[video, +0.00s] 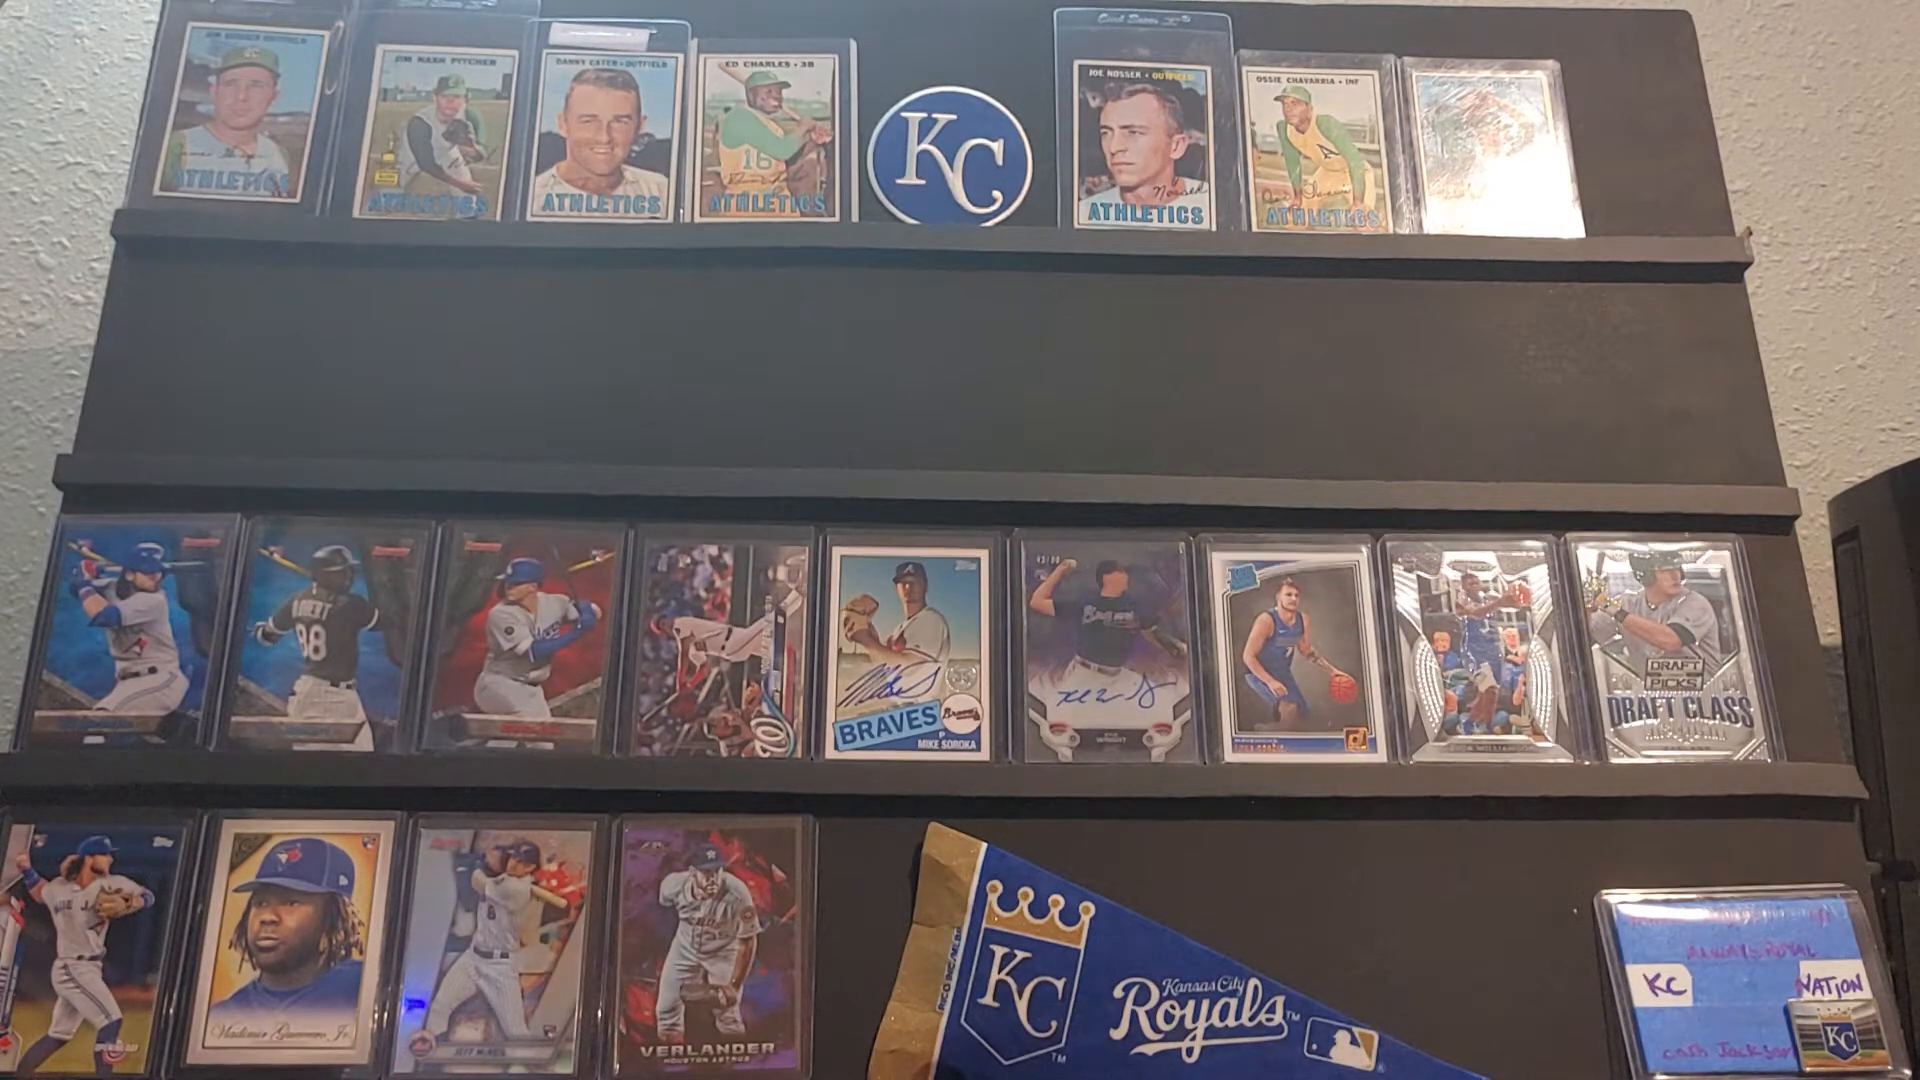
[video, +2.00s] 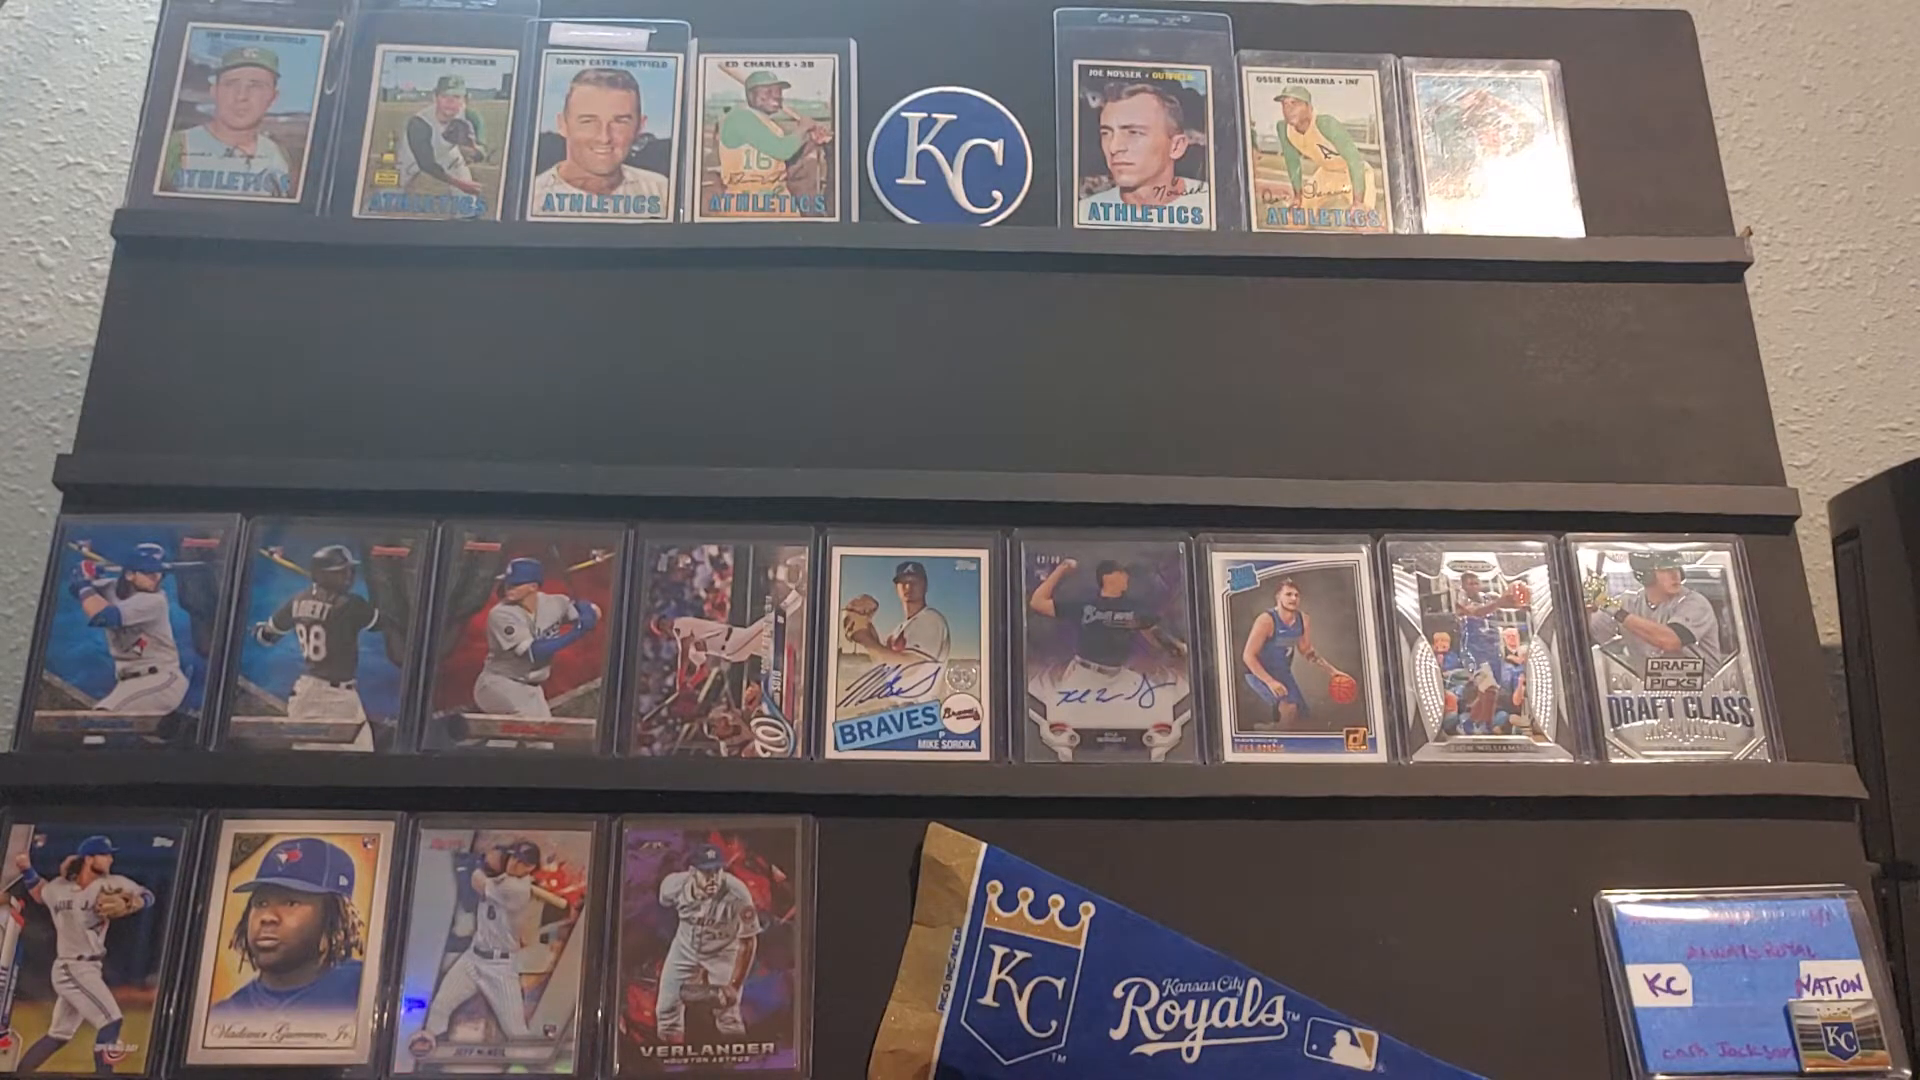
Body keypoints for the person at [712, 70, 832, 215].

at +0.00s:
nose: (777, 98)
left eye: (779, 92)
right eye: (770, 92)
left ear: (782, 93)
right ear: (753, 94)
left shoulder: (775, 128)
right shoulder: (738, 117)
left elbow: (784, 172)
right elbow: (781, 151)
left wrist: (811, 143)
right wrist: (803, 128)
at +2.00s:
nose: (776, 97)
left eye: (778, 91)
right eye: (768, 92)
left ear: (782, 93)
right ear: (752, 96)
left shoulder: (773, 126)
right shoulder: (739, 117)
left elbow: (784, 168)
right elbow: (783, 151)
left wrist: (811, 143)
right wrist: (803, 128)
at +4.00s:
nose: (776, 97)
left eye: (778, 92)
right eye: (769, 92)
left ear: (782, 93)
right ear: (752, 94)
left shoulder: (773, 126)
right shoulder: (739, 118)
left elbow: (785, 168)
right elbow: (782, 151)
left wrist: (811, 143)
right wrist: (803, 128)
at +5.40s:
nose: (776, 97)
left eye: (779, 92)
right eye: (768, 92)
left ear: (782, 94)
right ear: (751, 95)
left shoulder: (775, 127)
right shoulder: (738, 118)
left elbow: (786, 165)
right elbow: (783, 151)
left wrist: (811, 143)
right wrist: (803, 128)